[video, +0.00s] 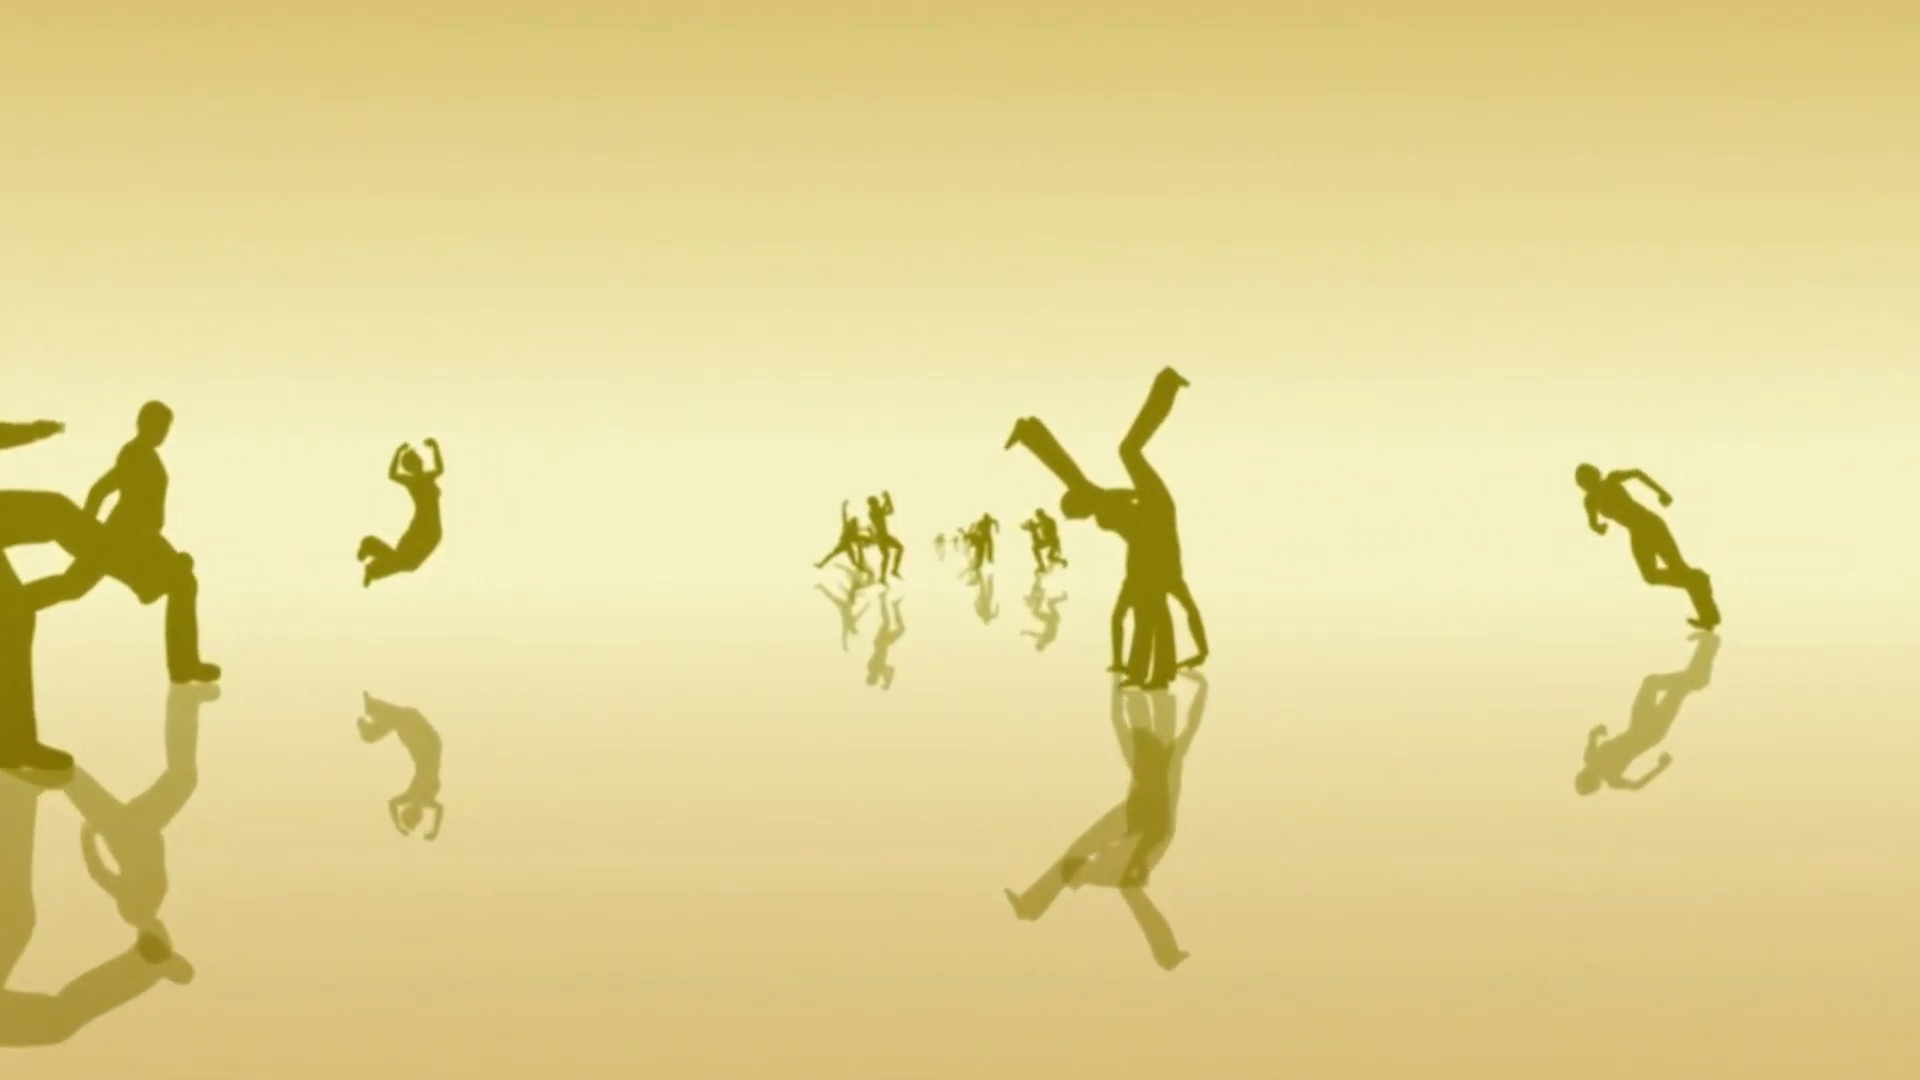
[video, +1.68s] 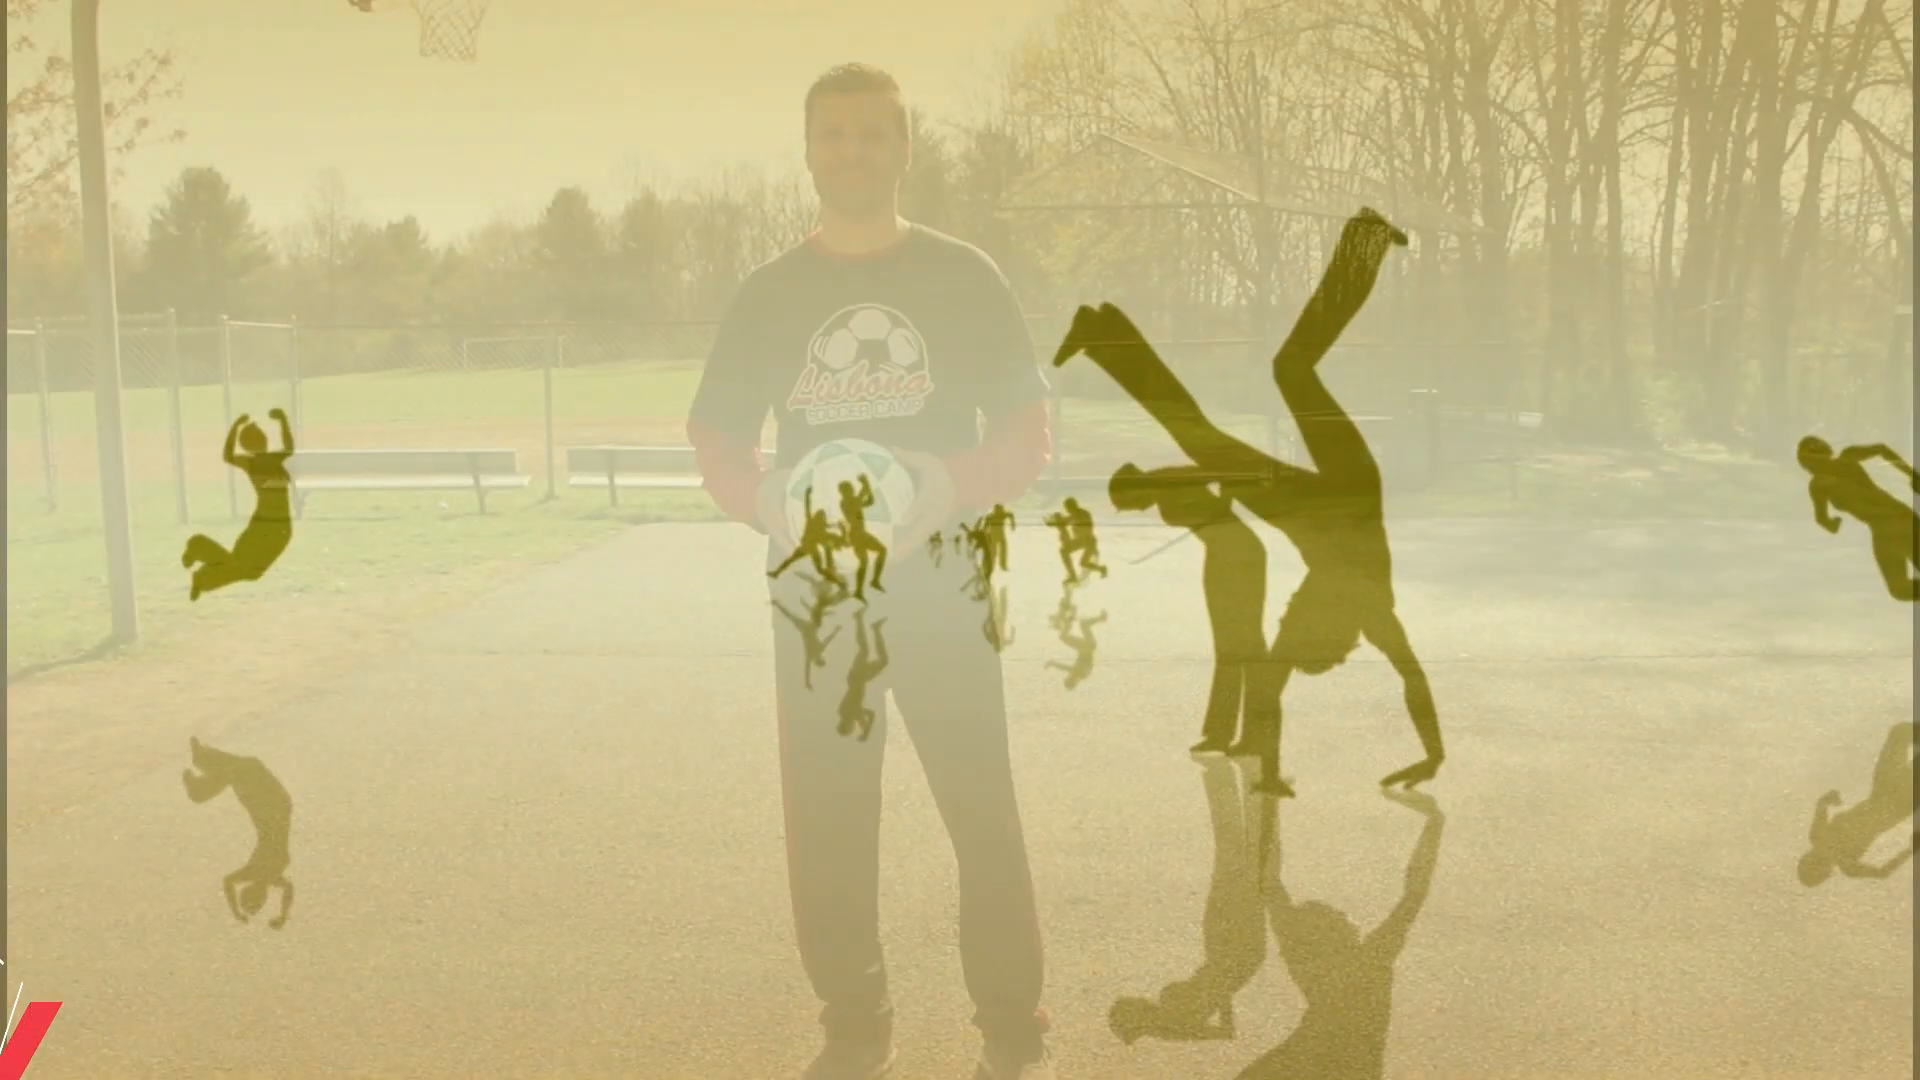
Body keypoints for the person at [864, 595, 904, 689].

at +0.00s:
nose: (874, 681)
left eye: (873, 681)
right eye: (873, 682)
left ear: (870, 677)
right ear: (872, 678)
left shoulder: (874, 666)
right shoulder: (879, 667)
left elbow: (890, 670)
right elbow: (890, 670)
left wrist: (887, 683)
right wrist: (887, 683)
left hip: (880, 641)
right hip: (886, 642)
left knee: (886, 622)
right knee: (901, 629)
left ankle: (882, 598)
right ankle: (896, 606)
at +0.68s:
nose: (864, 699)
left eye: (863, 699)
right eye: (864, 700)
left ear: (860, 693)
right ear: (863, 694)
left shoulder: (864, 682)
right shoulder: (870, 684)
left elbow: (882, 685)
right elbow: (882, 686)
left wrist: (879, 700)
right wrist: (879, 700)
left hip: (870, 654)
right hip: (877, 654)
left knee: (878, 632)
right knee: (895, 641)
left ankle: (874, 605)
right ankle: (889, 615)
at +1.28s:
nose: (856, 716)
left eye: (854, 716)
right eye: (855, 717)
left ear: (851, 710)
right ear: (854, 711)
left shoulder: (855, 697)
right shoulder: (861, 699)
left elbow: (875, 701)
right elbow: (875, 702)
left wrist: (871, 717)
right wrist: (872, 718)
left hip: (862, 665)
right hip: (869, 667)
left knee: (870, 641)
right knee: (889, 652)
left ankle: (865, 612)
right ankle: (882, 623)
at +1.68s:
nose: (850, 731)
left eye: (848, 730)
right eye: (849, 731)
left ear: (844, 725)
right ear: (846, 725)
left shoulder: (847, 711)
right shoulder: (853, 713)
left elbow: (870, 714)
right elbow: (869, 715)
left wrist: (865, 733)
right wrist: (865, 733)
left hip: (854, 677)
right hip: (861, 678)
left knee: (863, 650)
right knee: (884, 661)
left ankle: (859, 617)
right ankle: (877, 630)